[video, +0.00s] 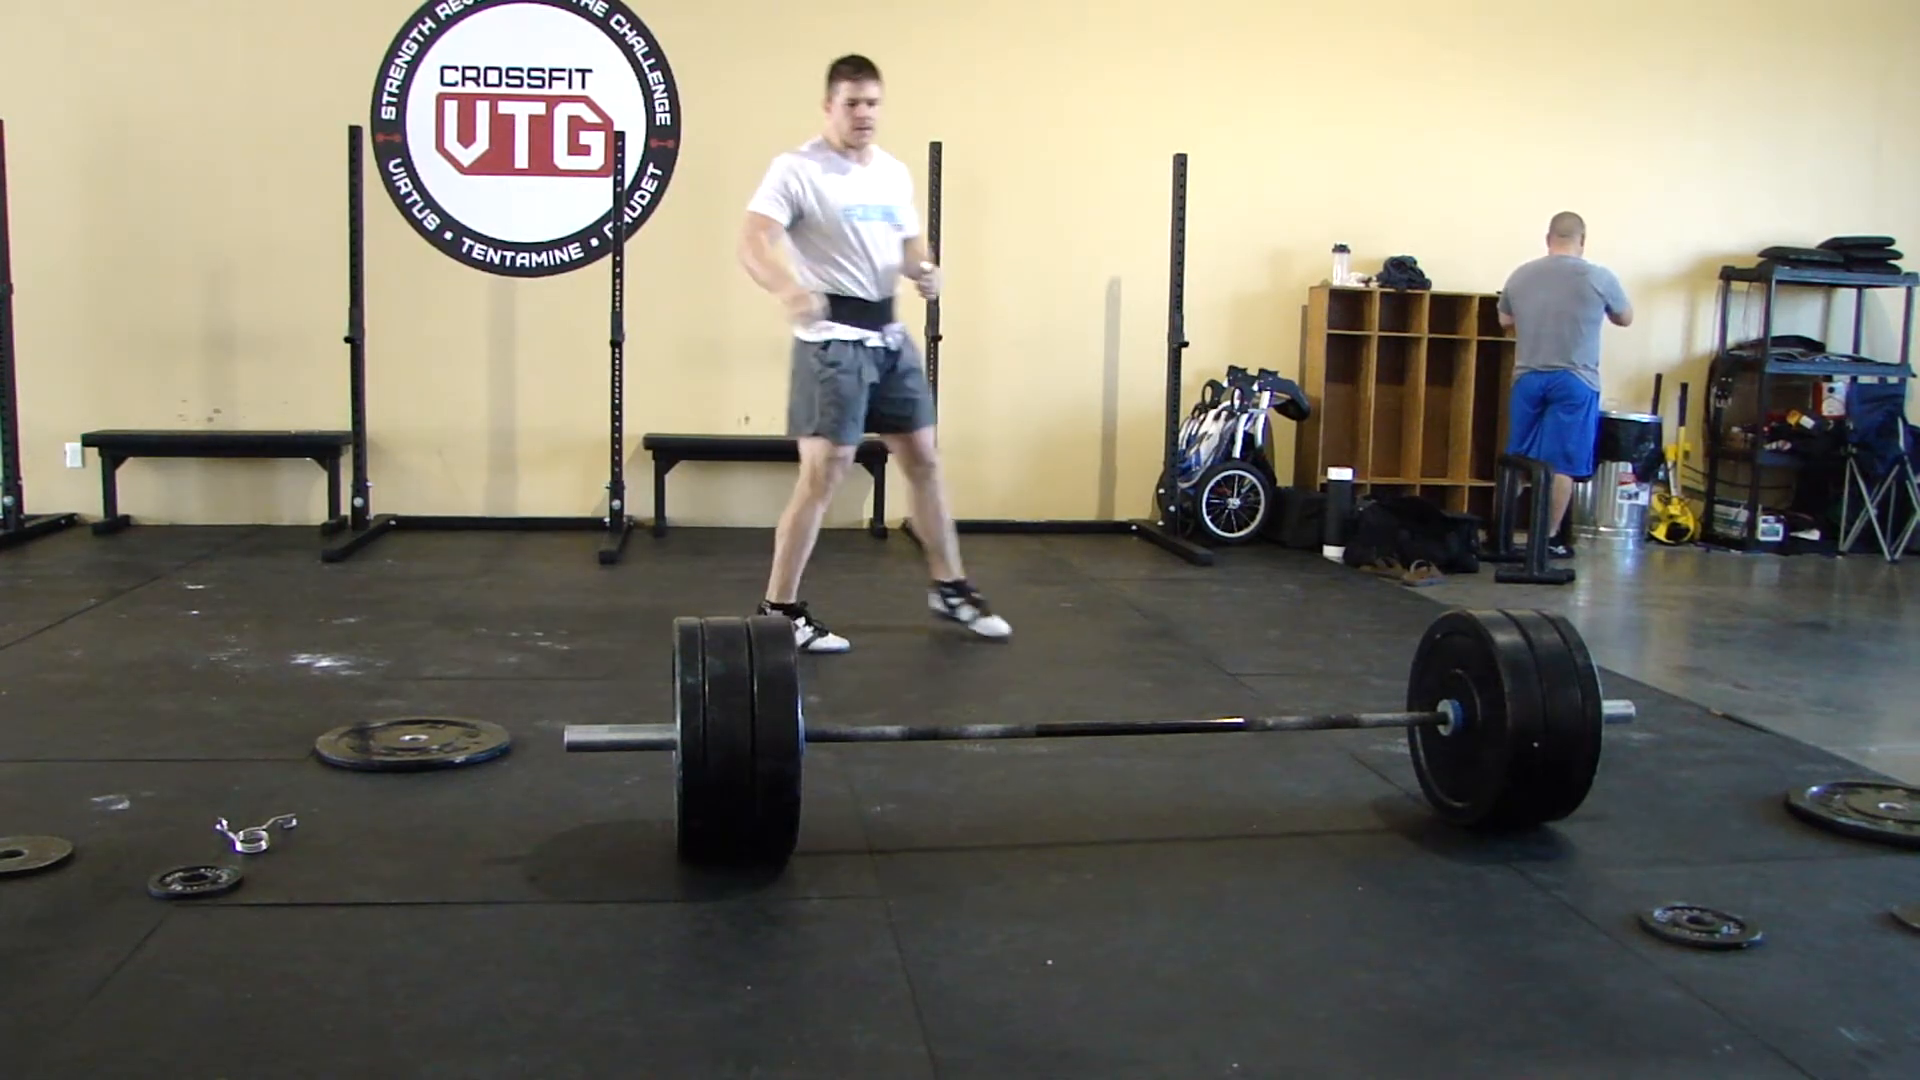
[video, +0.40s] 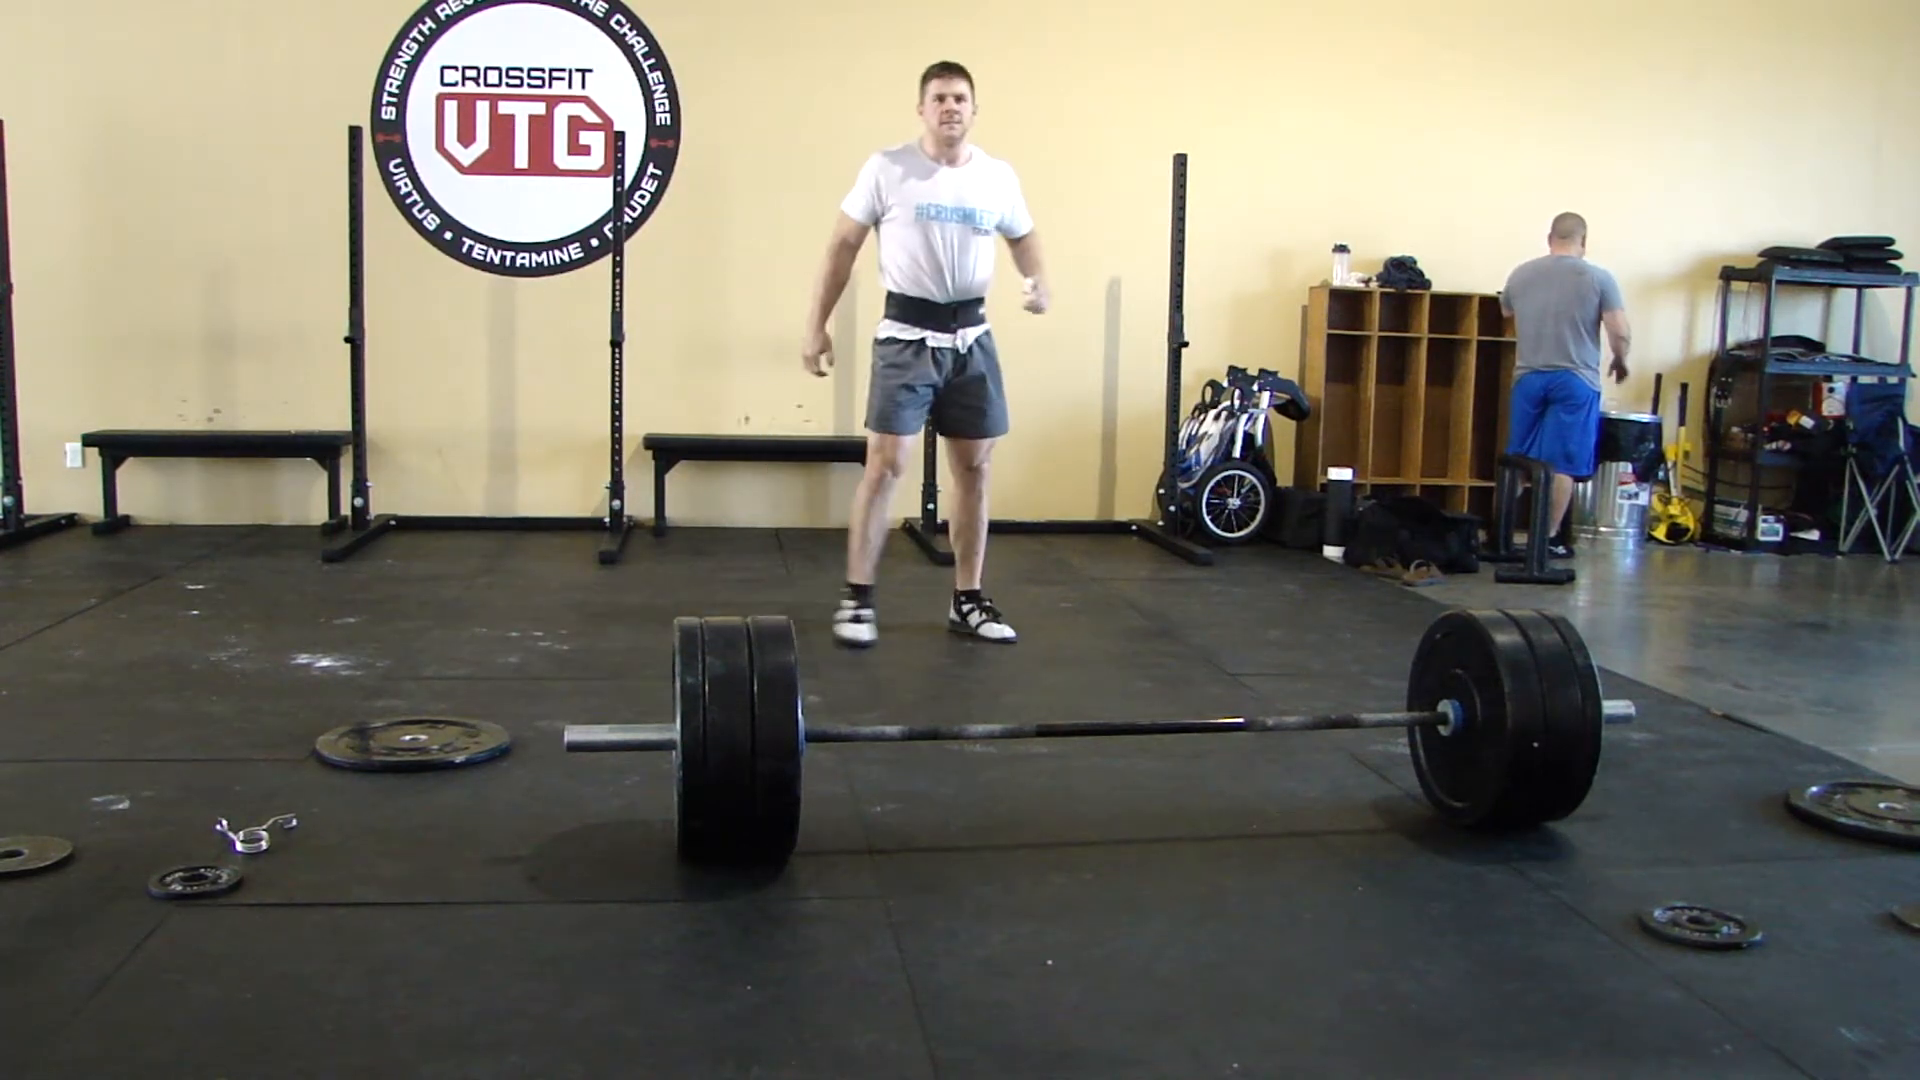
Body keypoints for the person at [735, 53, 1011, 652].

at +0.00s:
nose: (864, 114)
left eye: (872, 104)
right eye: (852, 103)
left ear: (882, 108)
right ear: (826, 106)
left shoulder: (893, 173)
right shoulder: (796, 170)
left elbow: (911, 248)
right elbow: (752, 243)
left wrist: (924, 271)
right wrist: (790, 291)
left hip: (890, 337)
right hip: (831, 337)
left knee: (923, 460)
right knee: (823, 473)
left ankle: (951, 590)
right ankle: (780, 611)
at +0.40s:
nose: (950, 107)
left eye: (959, 99)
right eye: (940, 99)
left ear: (974, 111)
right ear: (921, 109)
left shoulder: (996, 177)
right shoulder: (887, 169)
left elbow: (1024, 239)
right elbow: (843, 247)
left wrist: (1036, 279)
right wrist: (817, 325)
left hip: (972, 341)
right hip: (906, 341)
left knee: (974, 471)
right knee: (885, 467)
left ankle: (969, 599)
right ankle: (859, 596)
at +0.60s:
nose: (958, 110)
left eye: (968, 103)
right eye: (949, 102)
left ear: (983, 116)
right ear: (930, 115)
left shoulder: (1007, 185)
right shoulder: (895, 177)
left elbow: (1049, 246)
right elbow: (850, 249)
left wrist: (1071, 304)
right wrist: (825, 325)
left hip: (981, 348)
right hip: (911, 347)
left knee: (992, 473)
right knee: (897, 472)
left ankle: (970, 601)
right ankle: (896, 600)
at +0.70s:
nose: (958, 103)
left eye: (968, 96)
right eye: (948, 95)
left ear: (983, 110)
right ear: (930, 109)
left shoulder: (1008, 178)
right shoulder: (895, 171)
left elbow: (1048, 242)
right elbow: (851, 242)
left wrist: (1071, 304)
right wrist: (827, 312)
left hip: (981, 343)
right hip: (912, 341)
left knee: (990, 469)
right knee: (899, 465)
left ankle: (972, 600)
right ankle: (896, 599)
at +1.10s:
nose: (957, 100)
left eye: (966, 93)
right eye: (947, 93)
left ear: (981, 109)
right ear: (928, 108)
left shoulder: (1009, 176)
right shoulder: (895, 170)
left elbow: (1043, 245)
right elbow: (852, 240)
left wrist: (1064, 311)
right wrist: (829, 311)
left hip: (983, 342)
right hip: (915, 340)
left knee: (990, 469)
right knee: (905, 464)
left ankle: (976, 598)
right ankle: (897, 598)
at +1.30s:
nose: (957, 97)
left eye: (967, 90)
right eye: (947, 90)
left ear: (981, 107)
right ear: (928, 107)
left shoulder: (1006, 177)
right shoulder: (894, 171)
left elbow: (1035, 250)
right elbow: (857, 245)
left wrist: (1054, 317)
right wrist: (840, 315)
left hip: (982, 340)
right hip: (916, 338)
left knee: (983, 466)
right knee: (907, 463)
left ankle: (974, 599)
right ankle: (897, 598)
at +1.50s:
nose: (955, 99)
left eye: (965, 92)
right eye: (945, 92)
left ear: (979, 107)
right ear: (926, 106)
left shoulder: (1004, 176)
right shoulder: (893, 172)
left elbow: (1036, 248)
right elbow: (855, 245)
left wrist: (1055, 317)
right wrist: (842, 317)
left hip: (981, 341)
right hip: (913, 339)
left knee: (983, 468)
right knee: (906, 464)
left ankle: (974, 599)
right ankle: (897, 598)